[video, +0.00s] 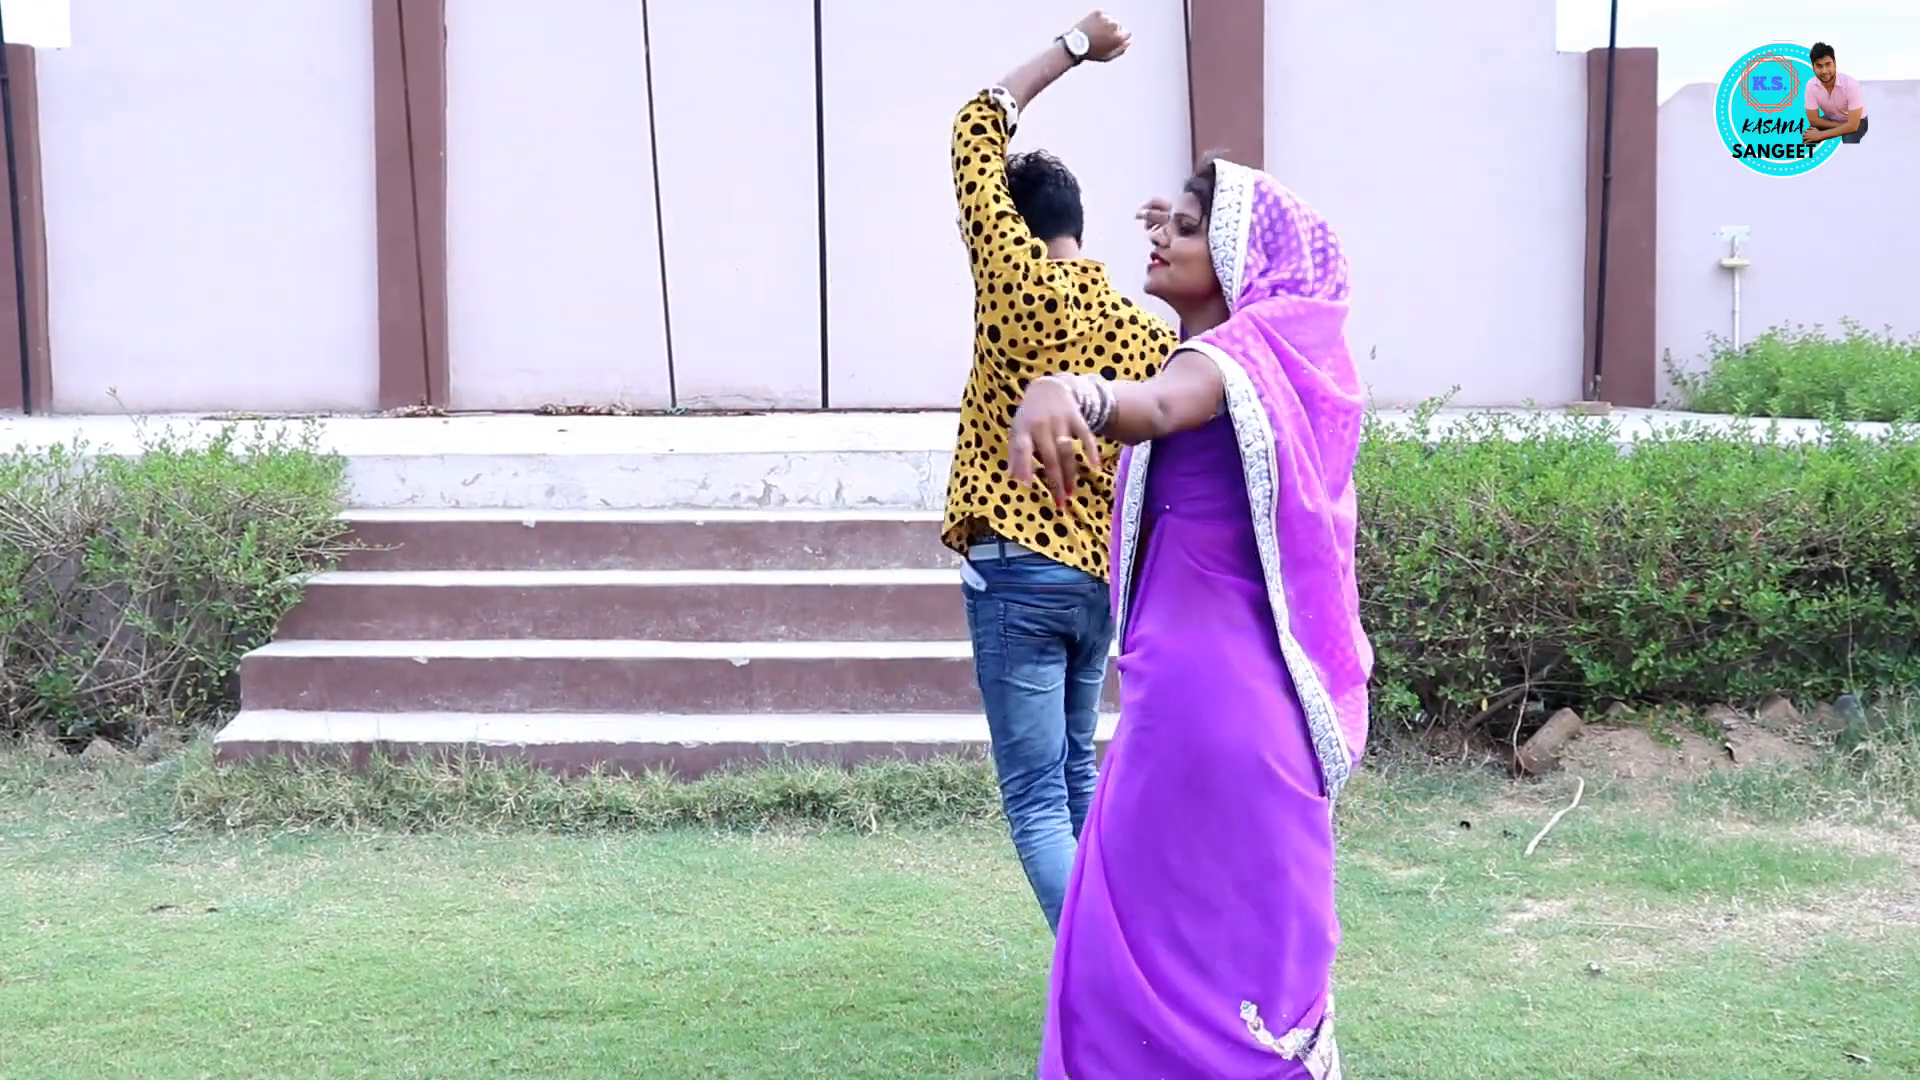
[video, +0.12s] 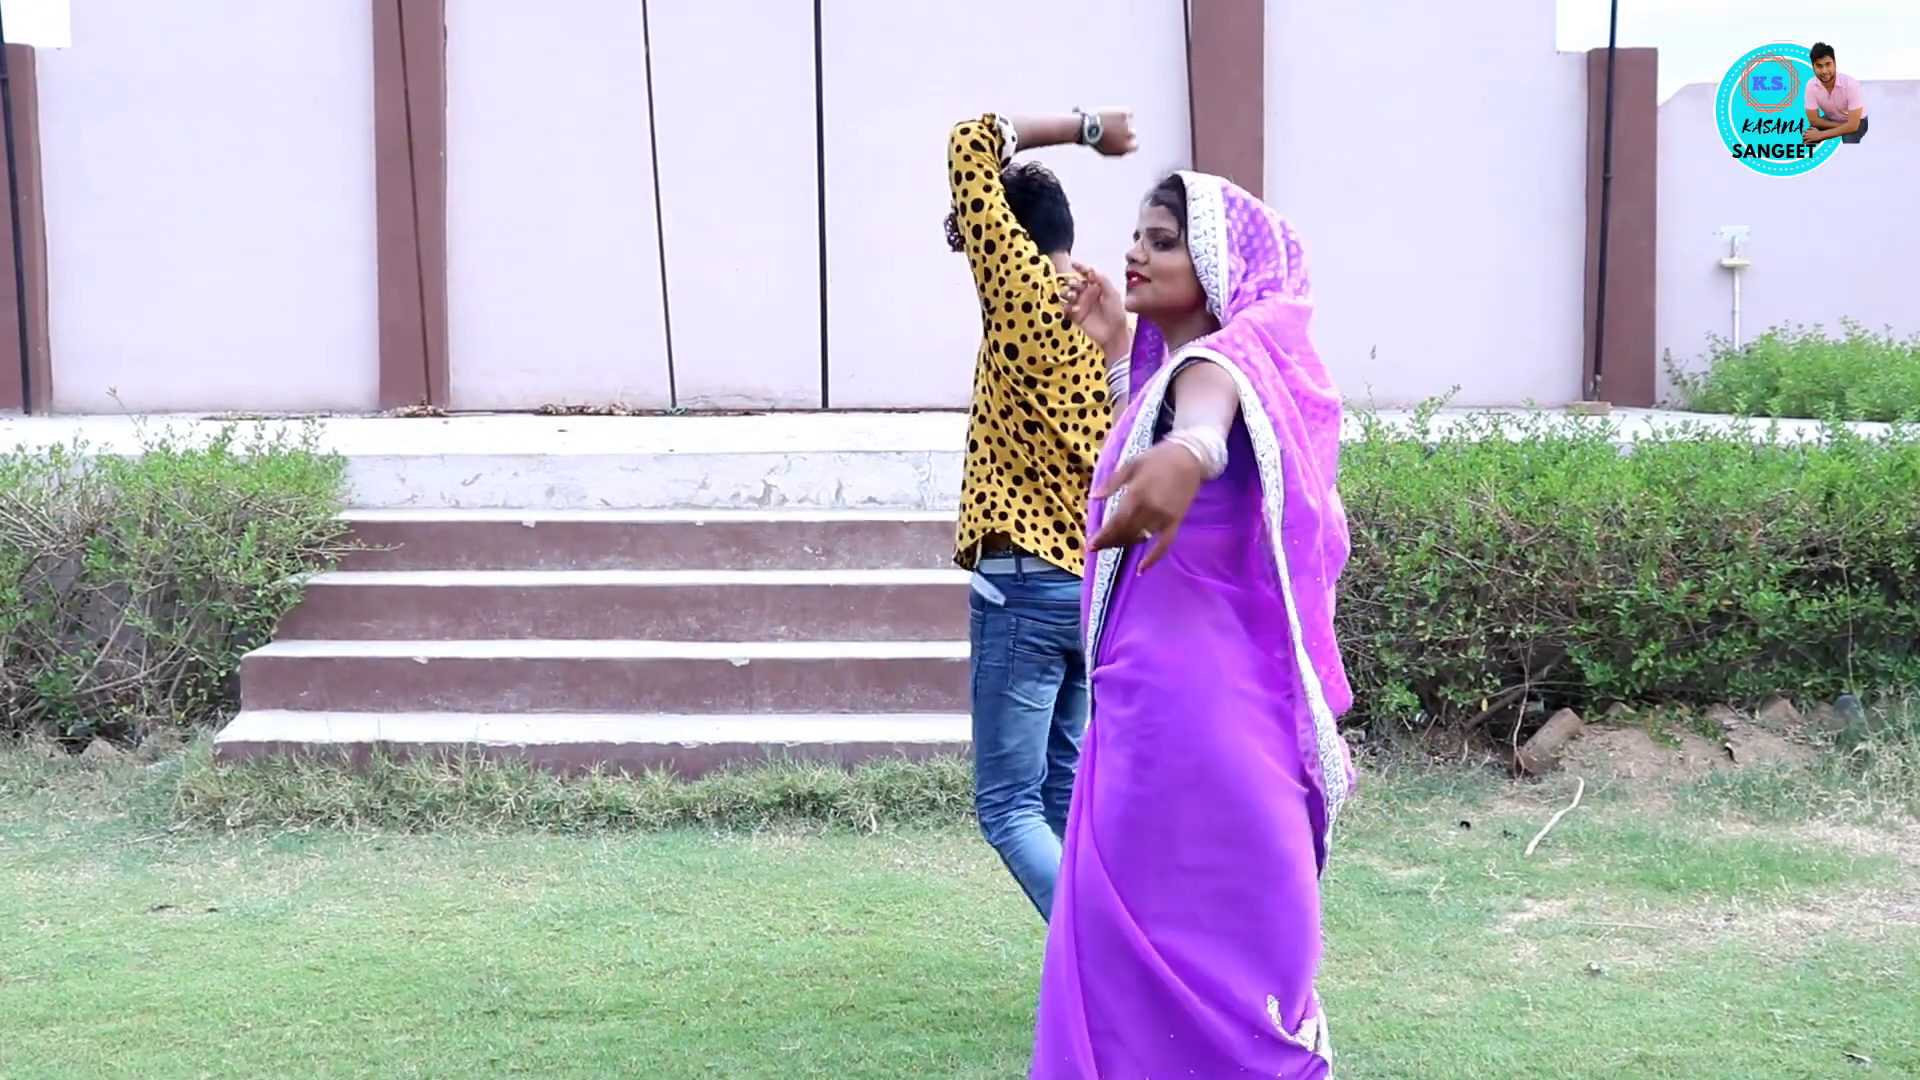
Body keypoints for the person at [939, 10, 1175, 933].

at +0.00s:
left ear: (1009, 225)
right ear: (1085, 230)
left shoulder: (1016, 280)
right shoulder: (1143, 328)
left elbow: (977, 134)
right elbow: (1178, 441)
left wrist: (1072, 46)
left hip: (1017, 574)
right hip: (1102, 582)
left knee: (1038, 803)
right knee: (1080, 774)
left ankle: (1106, 981)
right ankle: (1127, 957)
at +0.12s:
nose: (972, 251)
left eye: (974, 237)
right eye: (968, 240)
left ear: (1003, 233)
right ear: (1066, 231)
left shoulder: (1025, 292)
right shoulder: (1102, 312)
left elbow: (976, 142)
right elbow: (1112, 450)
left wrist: (1091, 126)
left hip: (1023, 586)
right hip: (1092, 583)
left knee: (1009, 807)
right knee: (1067, 796)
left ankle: (1118, 964)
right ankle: (1122, 982)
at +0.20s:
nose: (976, 285)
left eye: (979, 267)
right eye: (974, 269)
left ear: (1008, 256)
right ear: (1053, 255)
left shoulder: (1027, 315)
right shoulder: (1090, 325)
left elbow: (976, 169)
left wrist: (1077, 178)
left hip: (1022, 597)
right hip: (1072, 592)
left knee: (964, 805)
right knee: (1049, 786)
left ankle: (1097, 939)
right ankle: (1128, 942)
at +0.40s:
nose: (931, 262)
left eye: (942, 245)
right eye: (927, 246)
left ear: (983, 237)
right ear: (954, 243)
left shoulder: (1016, 299)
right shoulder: (996, 307)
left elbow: (985, 159)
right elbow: (972, 153)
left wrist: (986, 30)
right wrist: (984, 38)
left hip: (997, 569)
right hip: (1016, 568)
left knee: (921, 767)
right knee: (1028, 760)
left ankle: (1023, 923)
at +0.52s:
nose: (902, 244)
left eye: (917, 230)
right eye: (897, 229)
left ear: (963, 221)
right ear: (910, 222)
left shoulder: (996, 288)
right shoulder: (944, 310)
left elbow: (966, 135)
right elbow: (953, 445)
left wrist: (953, 24)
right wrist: (918, 540)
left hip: (980, 568)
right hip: (955, 564)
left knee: (933, 765)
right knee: (960, 762)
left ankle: (954, 948)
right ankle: (972, 945)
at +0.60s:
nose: (880, 255)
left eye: (896, 243)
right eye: (875, 240)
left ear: (945, 238)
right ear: (879, 235)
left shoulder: (976, 307)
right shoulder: (915, 332)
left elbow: (963, 187)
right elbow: (914, 458)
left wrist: (940, 71)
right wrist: (886, 552)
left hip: (959, 581)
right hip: (935, 579)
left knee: (918, 786)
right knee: (955, 778)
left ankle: (962, 949)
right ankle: (982, 944)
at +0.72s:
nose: (848, 279)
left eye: (862, 265)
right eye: (843, 264)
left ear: (913, 260)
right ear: (842, 259)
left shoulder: (953, 333)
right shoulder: (874, 348)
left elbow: (943, 179)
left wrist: (921, 167)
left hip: (931, 608)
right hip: (870, 606)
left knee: (891, 795)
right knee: (848, 786)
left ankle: (952, 952)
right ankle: (1005, 860)